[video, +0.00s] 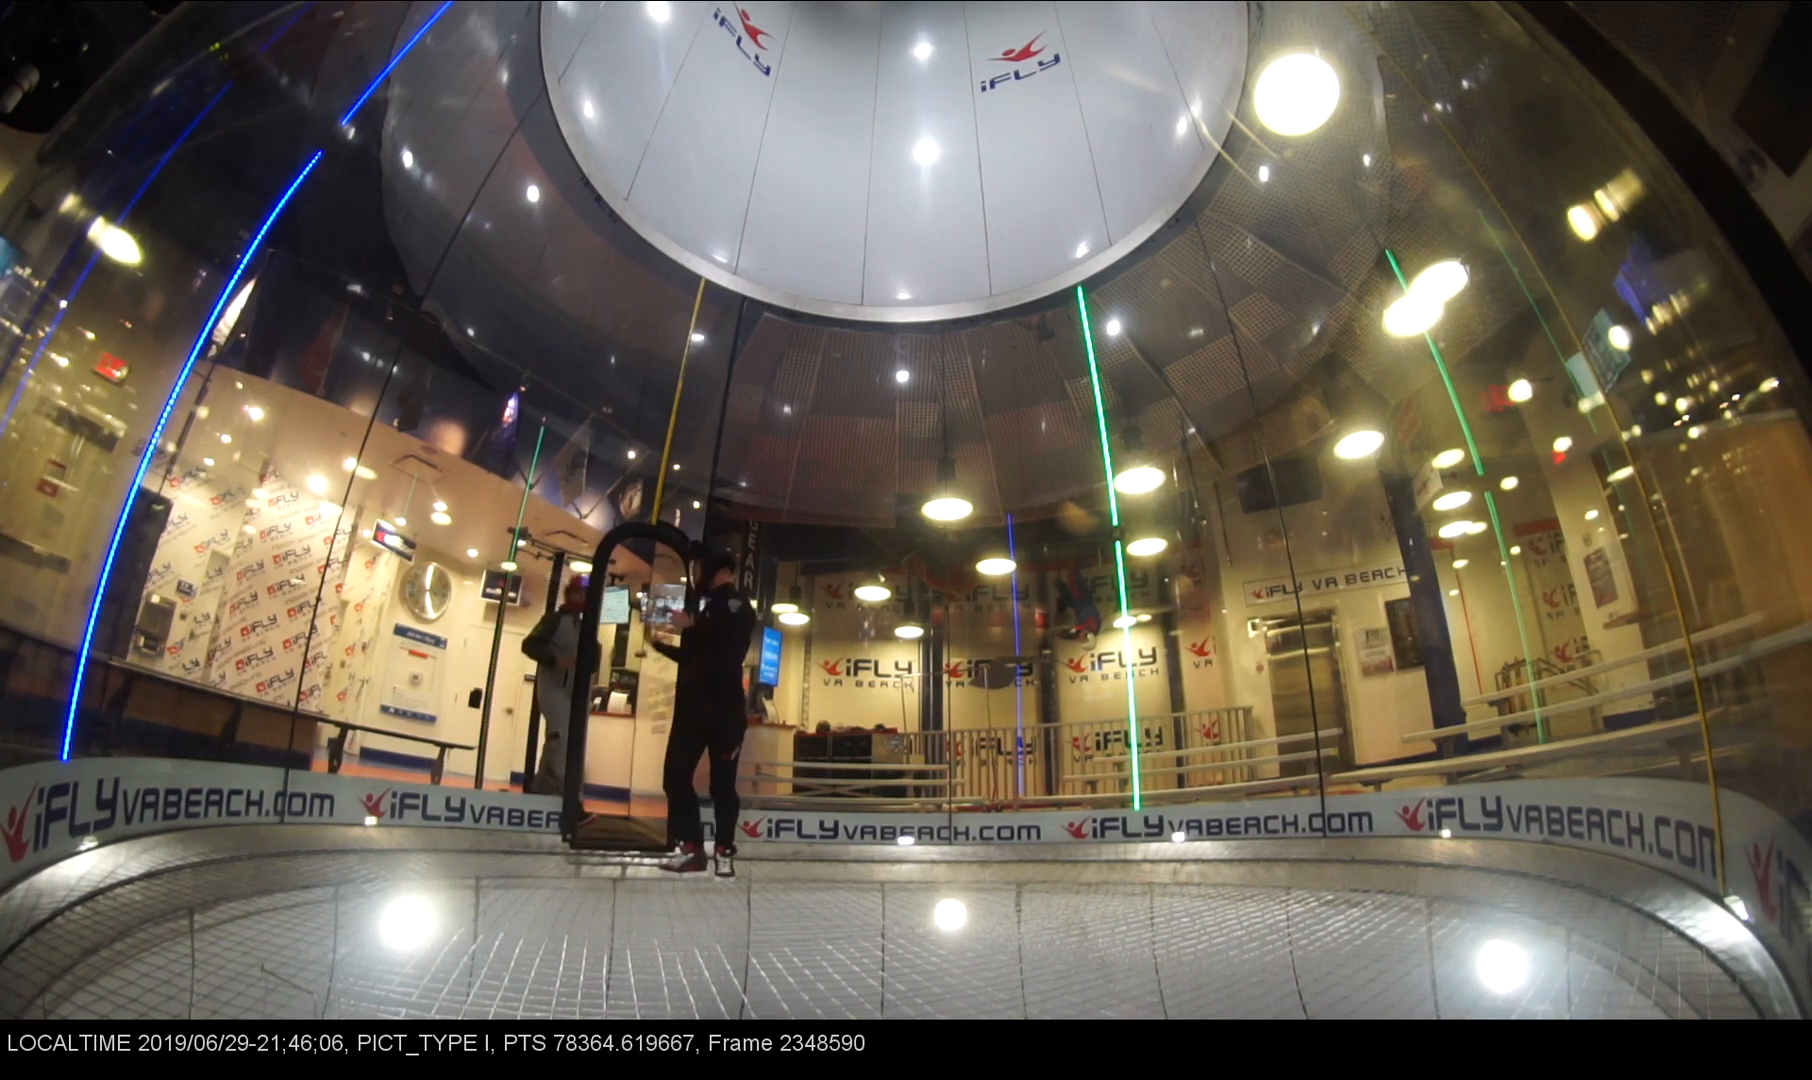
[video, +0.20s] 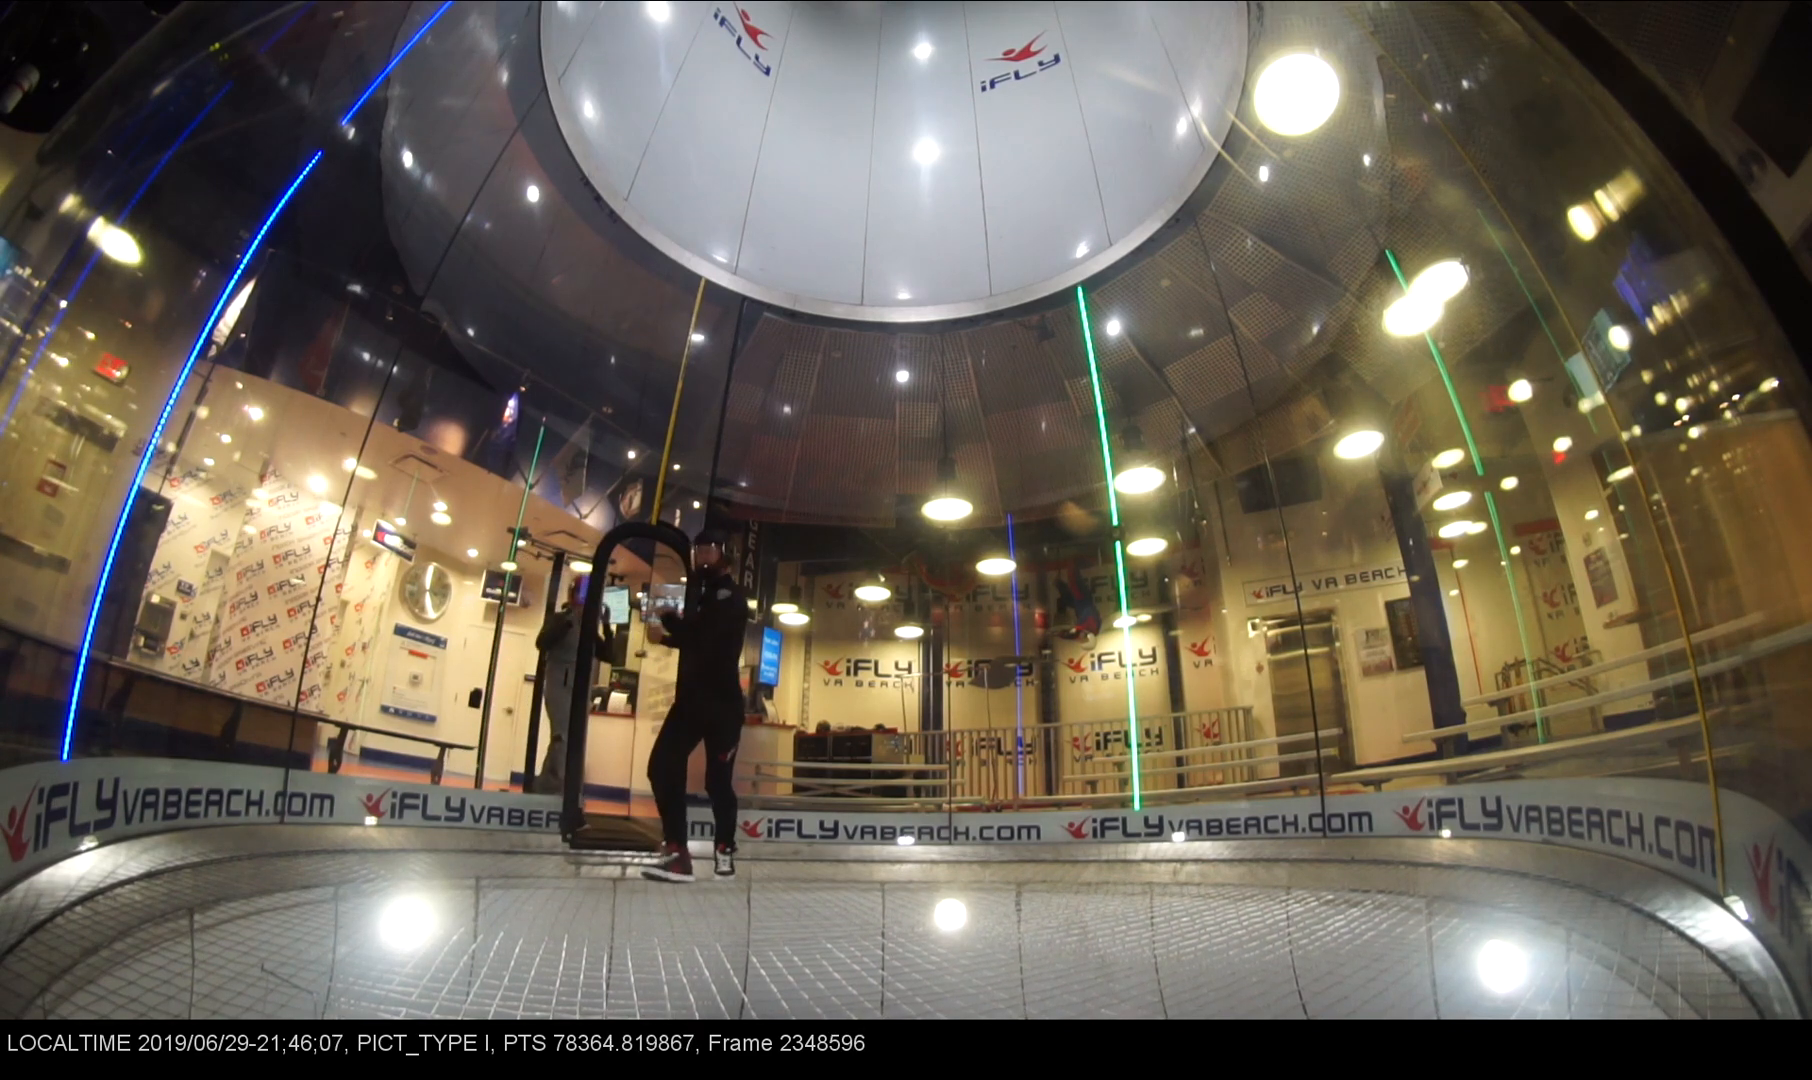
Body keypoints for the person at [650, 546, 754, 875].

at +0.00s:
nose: (695, 575)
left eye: (700, 569)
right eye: (696, 569)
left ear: (718, 572)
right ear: (727, 573)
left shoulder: (725, 605)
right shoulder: (705, 608)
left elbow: (727, 649)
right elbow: (693, 658)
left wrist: (692, 625)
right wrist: (659, 645)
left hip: (713, 709)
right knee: (676, 778)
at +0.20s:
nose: (698, 555)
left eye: (706, 548)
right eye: (696, 548)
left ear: (722, 553)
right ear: (696, 553)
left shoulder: (732, 597)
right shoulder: (698, 591)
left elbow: (707, 640)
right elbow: (694, 637)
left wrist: (670, 628)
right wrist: (668, 625)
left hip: (722, 703)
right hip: (690, 700)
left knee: (718, 782)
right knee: (662, 769)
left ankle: (724, 847)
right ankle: (677, 854)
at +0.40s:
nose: (695, 540)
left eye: (703, 533)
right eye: (692, 534)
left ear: (720, 539)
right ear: (691, 541)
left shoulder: (728, 586)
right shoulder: (698, 581)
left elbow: (718, 638)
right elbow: (695, 638)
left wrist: (678, 651)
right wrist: (672, 653)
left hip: (715, 695)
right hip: (683, 690)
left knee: (695, 791)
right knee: (660, 782)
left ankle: (724, 825)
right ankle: (676, 868)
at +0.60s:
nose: (701, 521)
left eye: (709, 514)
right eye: (696, 514)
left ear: (723, 522)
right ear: (687, 522)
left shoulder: (734, 572)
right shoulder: (675, 576)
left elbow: (763, 603)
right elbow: (654, 643)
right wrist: (662, 629)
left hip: (716, 686)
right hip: (676, 686)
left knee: (704, 781)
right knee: (664, 783)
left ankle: (733, 869)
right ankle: (676, 872)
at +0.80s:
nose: (718, 478)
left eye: (727, 472)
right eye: (710, 470)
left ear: (739, 485)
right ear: (695, 481)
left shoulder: (751, 534)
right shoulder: (674, 534)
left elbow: (804, 582)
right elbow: (644, 602)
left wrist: (744, 583)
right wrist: (672, 569)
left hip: (727, 664)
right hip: (679, 662)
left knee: (718, 768)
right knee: (664, 762)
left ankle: (727, 876)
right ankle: (677, 844)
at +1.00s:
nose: (737, 442)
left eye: (747, 437)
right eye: (727, 434)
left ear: (758, 455)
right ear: (708, 448)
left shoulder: (771, 518)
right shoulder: (683, 501)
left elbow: (810, 576)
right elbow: (656, 490)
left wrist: (750, 536)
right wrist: (681, 428)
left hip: (736, 661)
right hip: (678, 656)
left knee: (725, 788)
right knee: (659, 773)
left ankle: (731, 905)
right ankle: (681, 869)